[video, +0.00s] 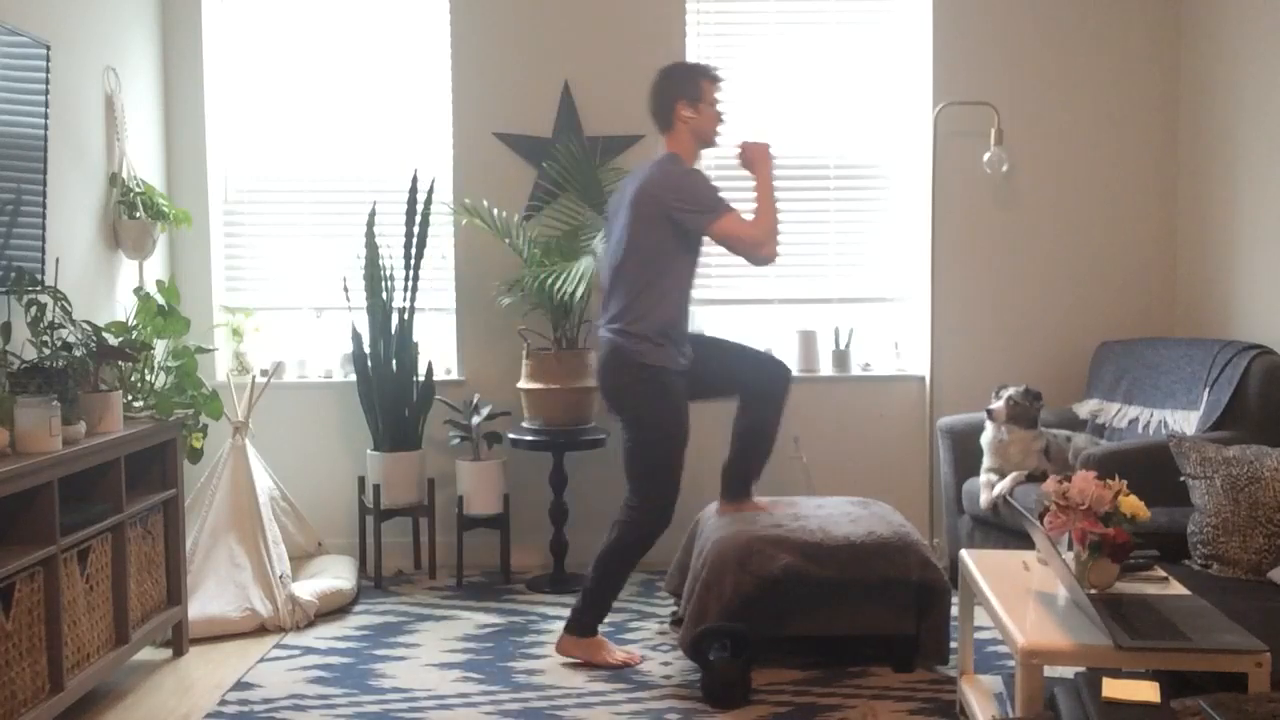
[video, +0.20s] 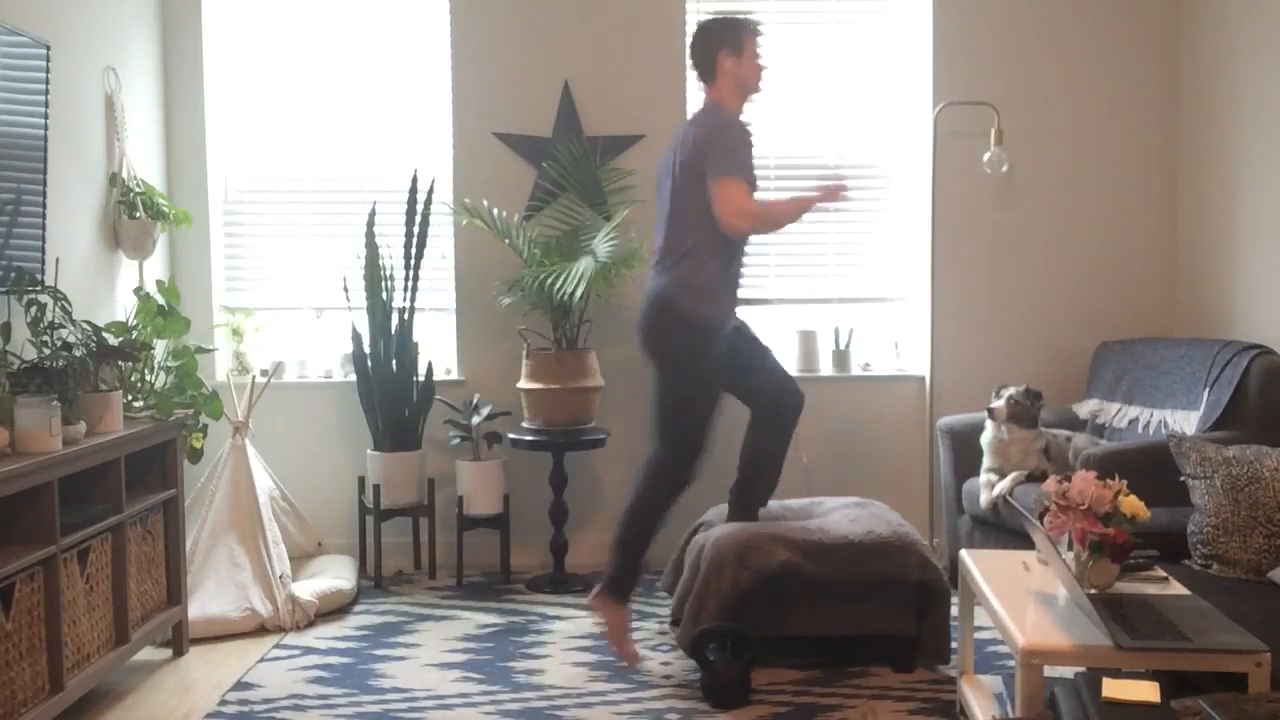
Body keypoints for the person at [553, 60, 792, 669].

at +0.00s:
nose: (721, 116)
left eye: (718, 105)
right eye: (713, 106)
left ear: (677, 115)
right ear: (682, 112)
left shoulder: (644, 180)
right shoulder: (673, 179)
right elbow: (762, 244)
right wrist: (763, 174)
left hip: (656, 350)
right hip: (643, 360)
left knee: (769, 374)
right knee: (651, 508)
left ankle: (737, 497)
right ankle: (579, 634)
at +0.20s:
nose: (762, 67)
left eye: (758, 56)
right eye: (753, 56)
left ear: (716, 68)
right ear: (723, 64)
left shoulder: (692, 135)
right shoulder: (722, 128)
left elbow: (720, 225)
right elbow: (735, 214)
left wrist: (780, 210)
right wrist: (806, 202)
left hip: (697, 314)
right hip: (689, 316)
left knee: (781, 400)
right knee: (678, 455)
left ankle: (742, 535)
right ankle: (614, 593)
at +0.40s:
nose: (769, 10)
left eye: (766, 2)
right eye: (760, 2)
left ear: (735, 12)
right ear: (733, 8)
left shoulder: (728, 81)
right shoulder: (713, 77)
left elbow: (775, 165)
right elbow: (685, 169)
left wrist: (803, 101)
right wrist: (702, 261)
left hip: (723, 255)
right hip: (725, 254)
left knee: (752, 401)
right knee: (834, 322)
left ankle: (740, 543)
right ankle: (754, 419)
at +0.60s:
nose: (777, 12)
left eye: (775, 5)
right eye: (769, 4)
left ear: (738, 11)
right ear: (738, 8)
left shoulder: (756, 81)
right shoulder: (714, 74)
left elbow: (828, 106)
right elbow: (674, 172)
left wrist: (791, 44)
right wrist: (681, 266)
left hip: (749, 248)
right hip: (737, 237)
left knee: (750, 387)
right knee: (863, 158)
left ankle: (740, 523)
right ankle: (861, 296)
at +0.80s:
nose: (782, 12)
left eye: (780, 4)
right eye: (775, 3)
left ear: (747, 12)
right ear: (747, 8)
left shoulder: (748, 83)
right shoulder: (719, 77)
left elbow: (816, 141)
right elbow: (698, 180)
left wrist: (798, 72)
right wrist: (735, 262)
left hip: (752, 237)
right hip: (740, 238)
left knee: (753, 386)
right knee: (873, 230)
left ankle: (742, 520)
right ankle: (806, 338)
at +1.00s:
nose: (786, 16)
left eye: (783, 7)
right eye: (778, 6)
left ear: (746, 14)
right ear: (750, 10)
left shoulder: (726, 74)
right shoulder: (732, 73)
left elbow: (724, 172)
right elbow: (726, 168)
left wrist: (775, 202)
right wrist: (804, 229)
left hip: (717, 250)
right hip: (728, 251)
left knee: (747, 389)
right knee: (787, 382)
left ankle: (739, 527)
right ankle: (683, 466)